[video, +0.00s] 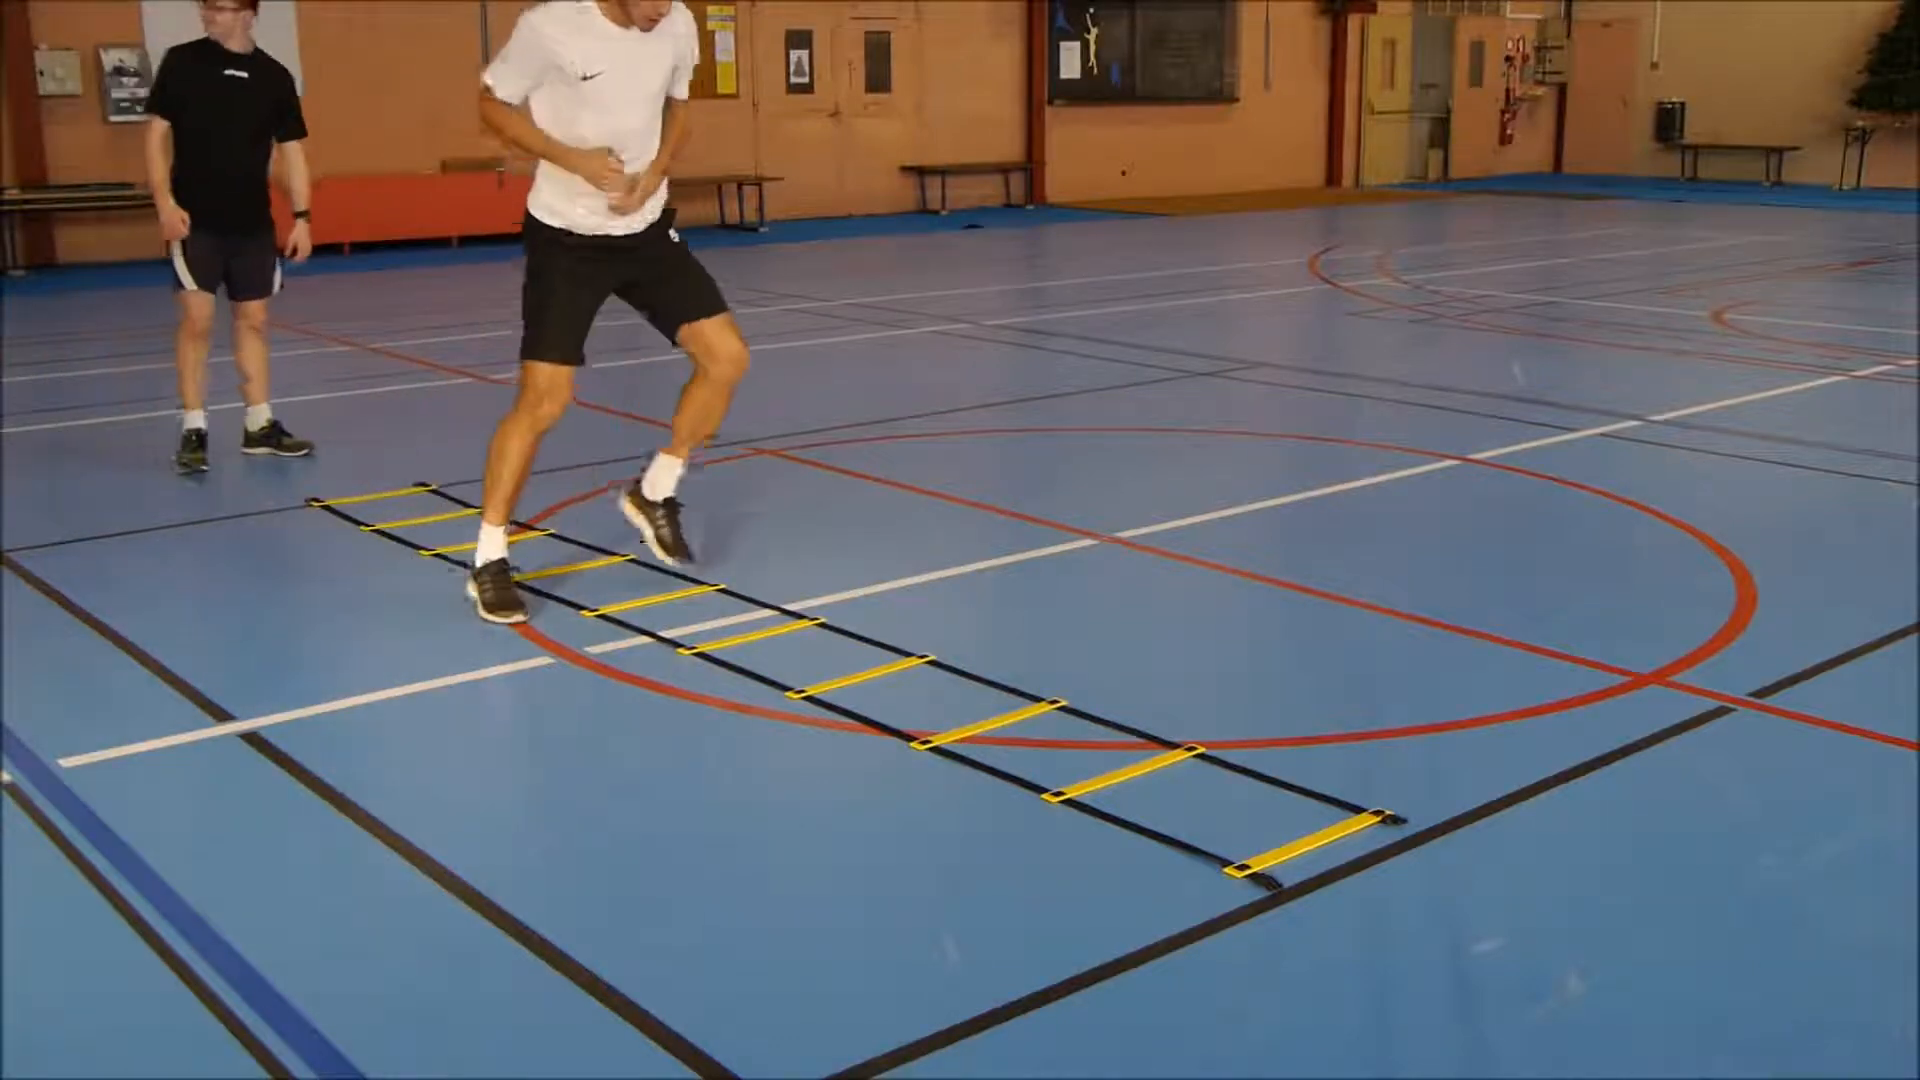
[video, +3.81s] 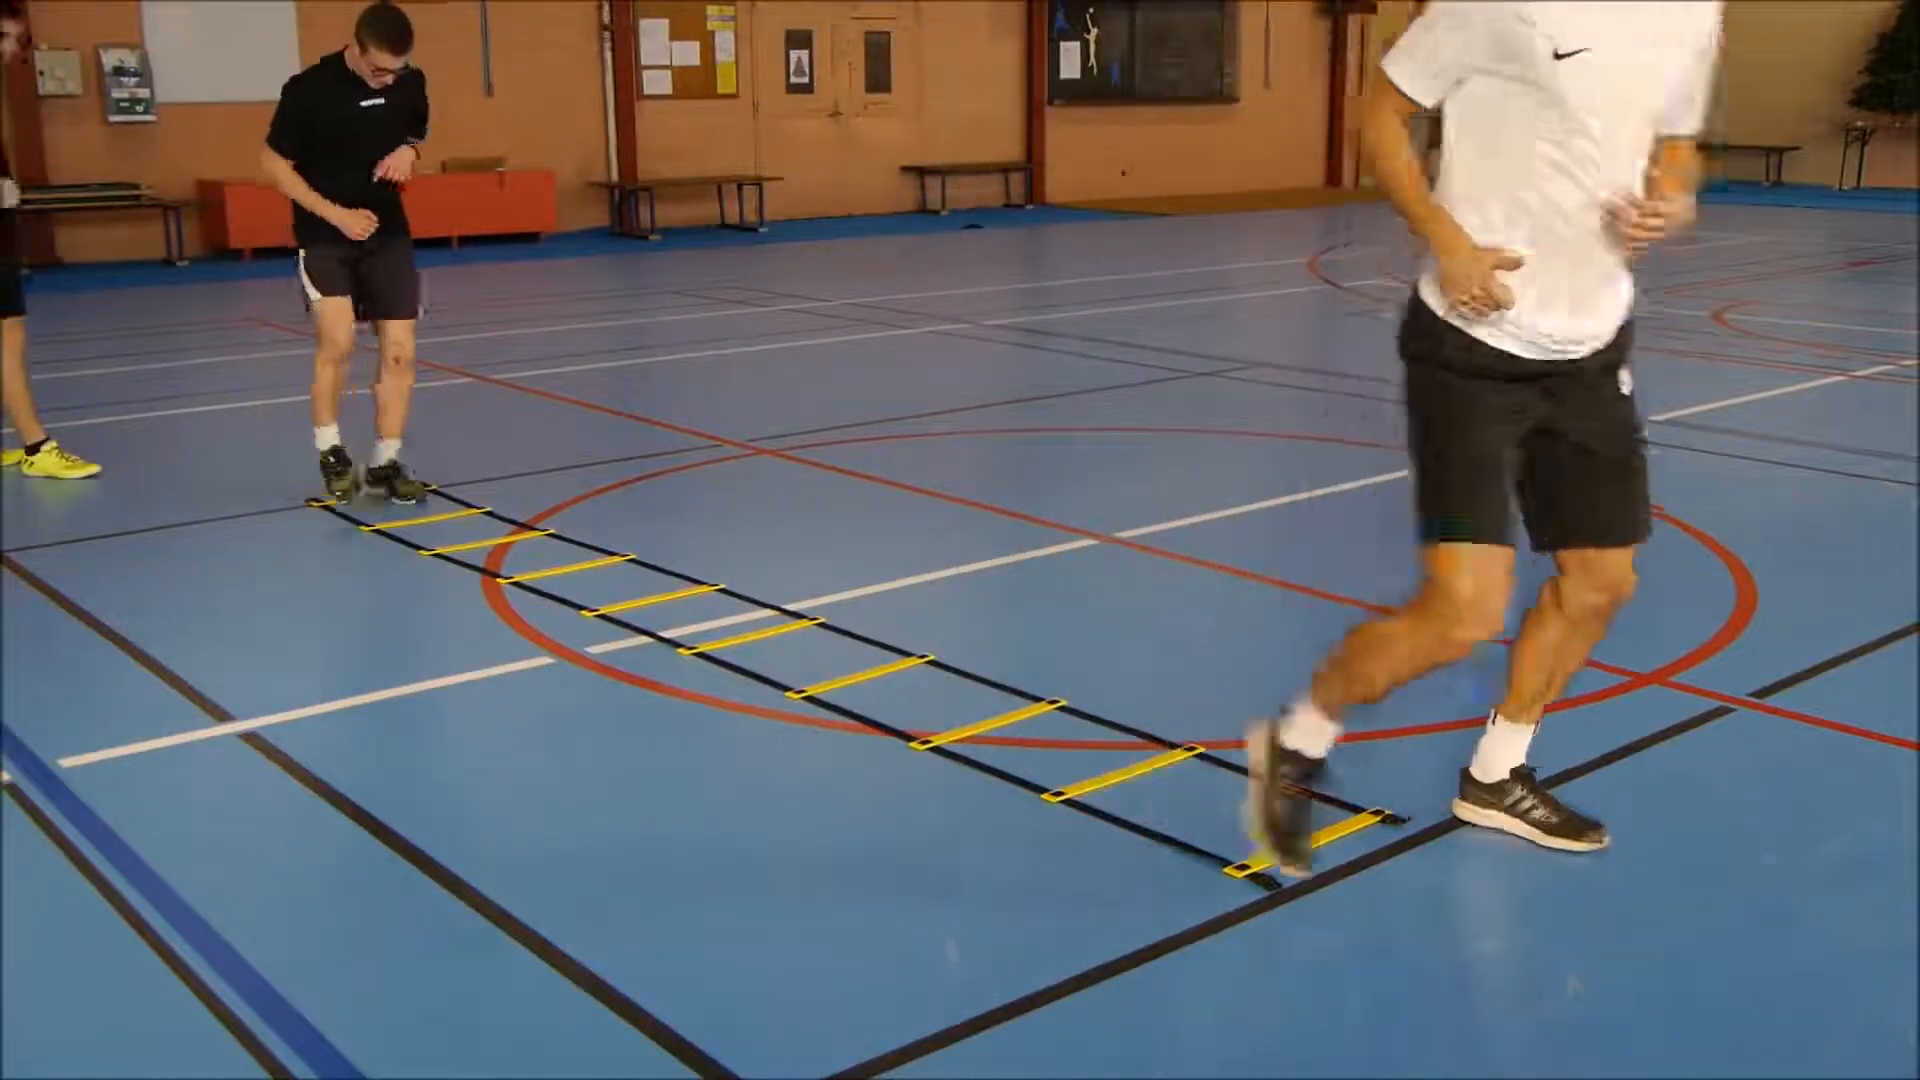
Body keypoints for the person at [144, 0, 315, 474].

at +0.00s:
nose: (207, 14)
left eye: (218, 7)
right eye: (205, 7)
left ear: (247, 13)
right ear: (203, 12)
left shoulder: (275, 76)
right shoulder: (181, 62)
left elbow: (293, 149)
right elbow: (157, 134)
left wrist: (302, 217)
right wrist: (164, 203)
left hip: (252, 216)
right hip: (196, 217)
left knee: (254, 319)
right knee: (197, 321)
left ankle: (260, 426)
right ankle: (194, 429)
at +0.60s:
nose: (164, 22)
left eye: (170, 11)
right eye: (163, 13)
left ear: (201, 9)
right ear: (190, 12)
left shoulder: (262, 62)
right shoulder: (166, 70)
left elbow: (289, 142)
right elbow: (157, 148)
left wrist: (276, 211)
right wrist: (137, 135)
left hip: (274, 212)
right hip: (215, 222)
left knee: (314, 324)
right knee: (226, 334)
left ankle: (328, 422)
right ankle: (241, 438)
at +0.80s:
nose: (230, 24)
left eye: (238, 16)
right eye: (220, 17)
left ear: (250, 13)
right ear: (203, 14)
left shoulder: (281, 66)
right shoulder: (183, 70)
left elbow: (303, 148)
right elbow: (171, 153)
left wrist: (293, 215)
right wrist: (161, 132)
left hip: (284, 218)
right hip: (223, 225)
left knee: (314, 329)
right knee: (230, 334)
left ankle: (338, 439)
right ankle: (241, 439)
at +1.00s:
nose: (280, 29)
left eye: (289, 20)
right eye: (270, 19)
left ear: (298, 16)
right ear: (249, 13)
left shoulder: (315, 69)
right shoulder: (215, 66)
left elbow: (330, 148)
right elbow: (192, 136)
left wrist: (314, 209)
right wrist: (199, 189)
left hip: (304, 221)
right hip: (242, 225)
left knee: (322, 334)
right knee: (240, 336)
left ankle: (336, 442)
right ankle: (244, 439)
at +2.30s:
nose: (321, 31)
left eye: (330, 21)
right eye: (311, 20)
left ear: (339, 18)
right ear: (289, 14)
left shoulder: (355, 70)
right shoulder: (253, 66)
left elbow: (373, 136)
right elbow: (227, 138)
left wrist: (361, 148)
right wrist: (235, 214)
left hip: (335, 226)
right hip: (273, 228)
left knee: (339, 337)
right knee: (275, 339)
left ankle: (337, 447)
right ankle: (271, 448)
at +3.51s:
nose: (368, 77)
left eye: (376, 68)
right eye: (360, 68)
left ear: (385, 55)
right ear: (336, 48)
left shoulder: (387, 83)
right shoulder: (286, 81)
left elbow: (390, 140)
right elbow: (242, 141)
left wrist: (381, 148)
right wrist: (292, 197)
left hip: (357, 222)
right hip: (301, 225)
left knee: (364, 340)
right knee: (337, 326)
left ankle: (335, 432)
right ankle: (346, 442)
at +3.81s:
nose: (388, 78)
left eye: (396, 70)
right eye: (379, 69)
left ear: (406, 54)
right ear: (354, 47)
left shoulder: (409, 84)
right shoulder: (308, 89)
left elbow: (415, 134)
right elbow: (272, 165)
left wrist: (407, 151)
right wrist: (335, 214)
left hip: (387, 231)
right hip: (324, 236)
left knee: (400, 350)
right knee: (337, 342)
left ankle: (386, 462)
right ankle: (330, 452)